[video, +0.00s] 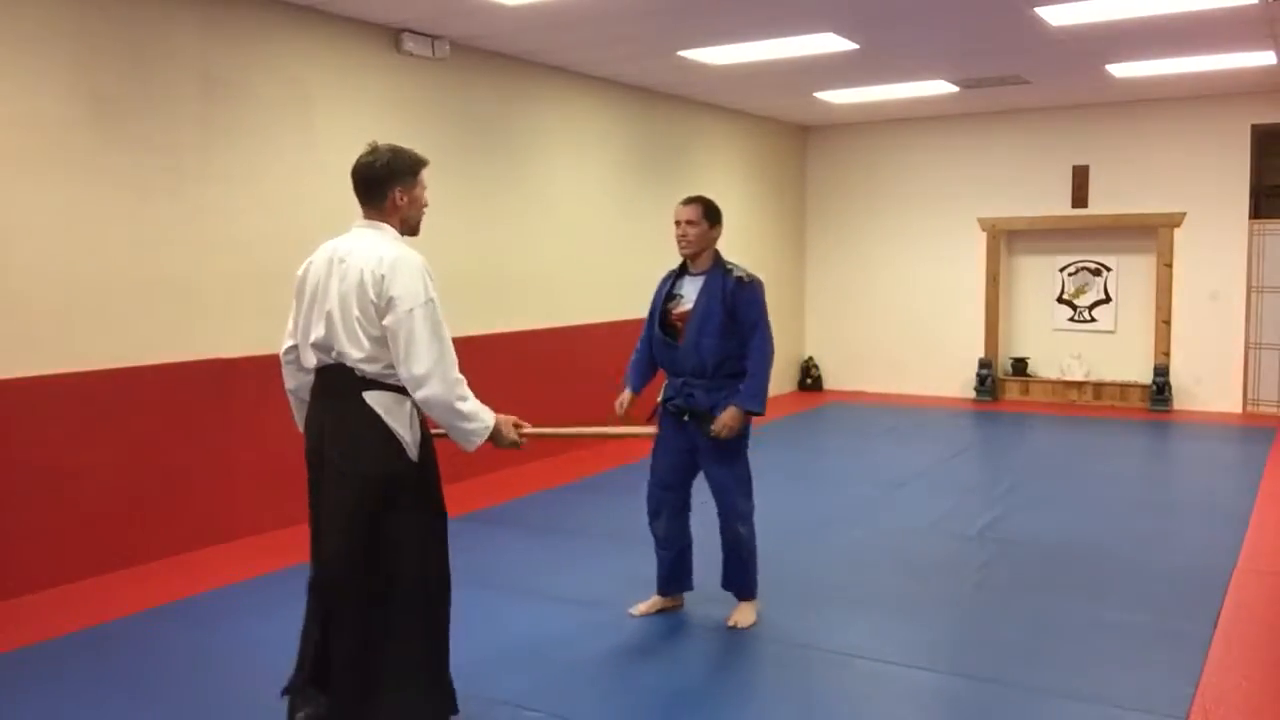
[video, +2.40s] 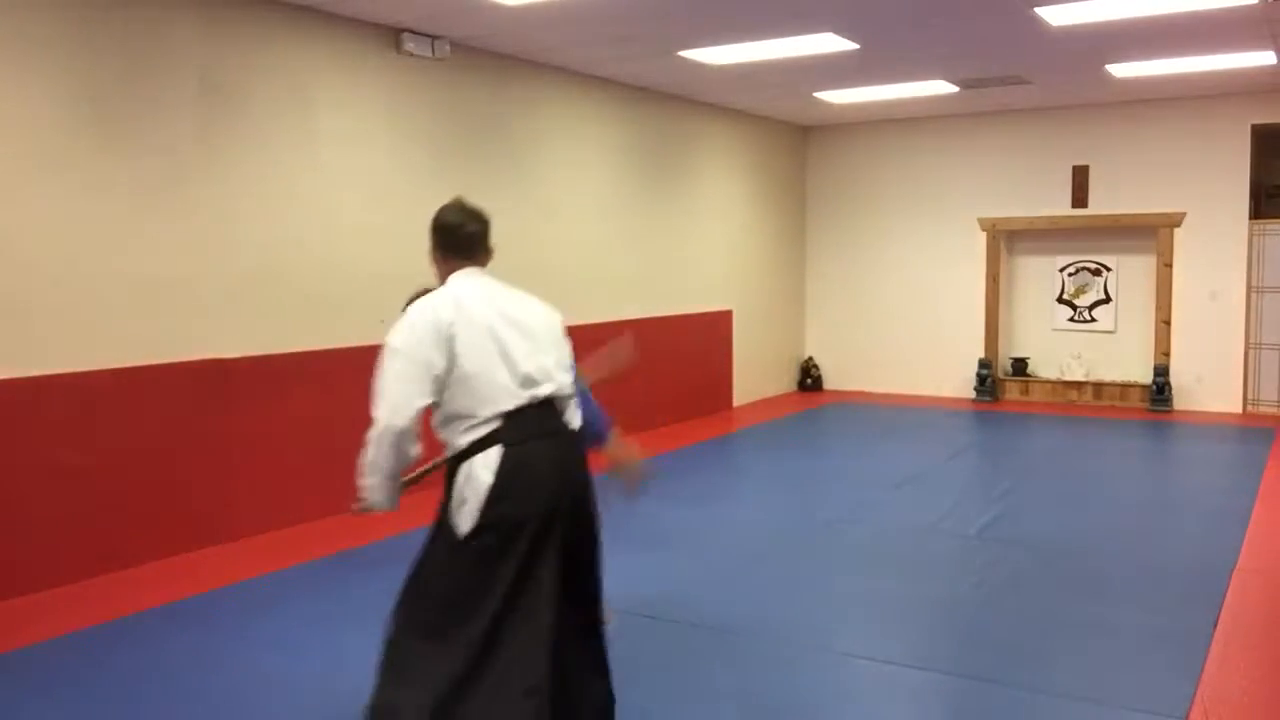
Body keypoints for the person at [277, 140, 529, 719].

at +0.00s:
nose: (427, 199)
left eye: (425, 188)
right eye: (420, 189)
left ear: (372, 198)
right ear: (397, 196)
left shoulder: (319, 261)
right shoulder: (401, 263)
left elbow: (295, 359)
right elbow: (428, 374)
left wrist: (316, 423)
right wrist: (488, 423)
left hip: (328, 419)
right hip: (384, 424)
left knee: (336, 567)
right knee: (407, 565)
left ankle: (318, 700)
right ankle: (412, 702)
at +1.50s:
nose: (393, 226)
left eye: (391, 216)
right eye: (390, 218)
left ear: (334, 225)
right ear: (376, 222)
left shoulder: (293, 290)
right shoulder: (401, 291)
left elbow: (275, 379)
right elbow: (463, 381)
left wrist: (323, 400)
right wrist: (494, 355)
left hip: (317, 445)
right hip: (387, 444)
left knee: (324, 576)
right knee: (431, 574)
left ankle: (315, 706)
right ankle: (449, 704)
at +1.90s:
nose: (357, 217)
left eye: (356, 211)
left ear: (356, 214)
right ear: (413, 213)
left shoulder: (347, 267)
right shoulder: (457, 269)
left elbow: (330, 341)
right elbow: (467, 341)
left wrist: (275, 417)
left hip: (392, 441)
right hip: (470, 433)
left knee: (354, 593)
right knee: (474, 588)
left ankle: (364, 705)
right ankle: (476, 705)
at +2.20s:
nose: (388, 282)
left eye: (388, 274)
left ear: (389, 278)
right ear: (443, 278)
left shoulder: (384, 325)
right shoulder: (477, 330)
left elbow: (328, 405)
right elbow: (505, 412)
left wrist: (274, 471)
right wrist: (417, 476)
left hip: (447, 480)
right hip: (517, 474)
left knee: (379, 619)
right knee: (501, 617)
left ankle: (367, 705)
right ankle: (505, 706)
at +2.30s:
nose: (409, 276)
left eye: (409, 269)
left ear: (410, 272)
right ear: (463, 270)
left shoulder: (401, 329)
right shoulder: (504, 326)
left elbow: (352, 421)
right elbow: (539, 406)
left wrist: (323, 490)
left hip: (470, 482)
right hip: (537, 471)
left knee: (395, 623)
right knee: (534, 612)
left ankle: (375, 708)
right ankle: (580, 708)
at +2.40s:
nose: (435, 260)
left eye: (433, 252)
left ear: (435, 254)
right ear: (487, 250)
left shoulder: (427, 316)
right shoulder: (535, 308)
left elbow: (395, 419)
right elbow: (569, 396)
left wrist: (377, 489)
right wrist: (610, 441)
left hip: (497, 473)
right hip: (565, 462)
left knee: (433, 613)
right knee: (568, 607)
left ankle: (403, 708)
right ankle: (577, 709)